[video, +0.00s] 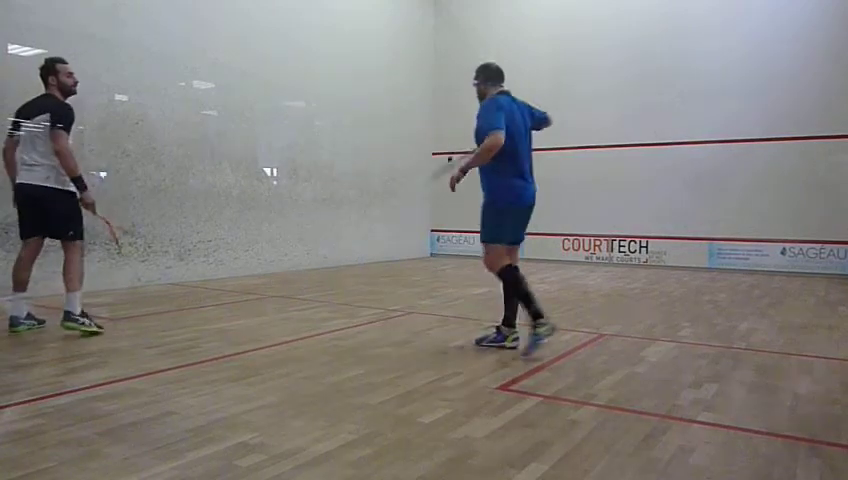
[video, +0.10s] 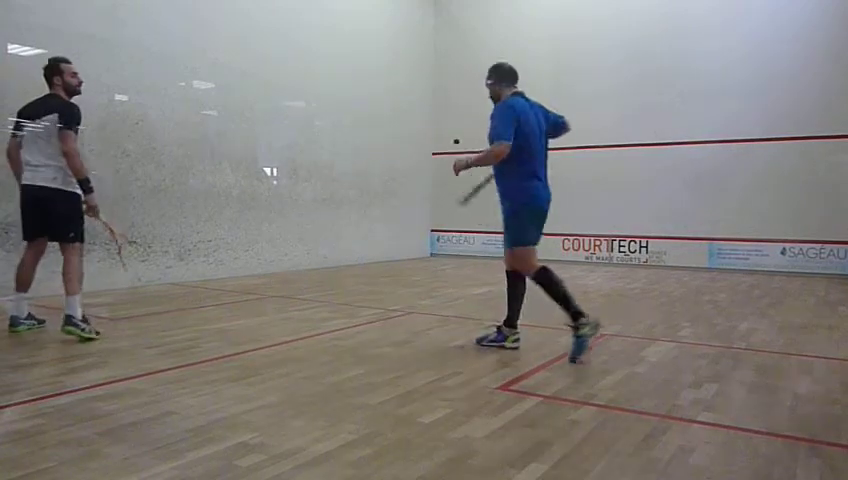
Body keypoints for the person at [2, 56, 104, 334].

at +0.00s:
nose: (75, 79)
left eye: (73, 75)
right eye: (69, 75)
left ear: (50, 82)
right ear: (52, 80)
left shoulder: (24, 109)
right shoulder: (62, 109)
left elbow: (8, 151)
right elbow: (60, 147)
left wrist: (18, 185)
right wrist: (83, 189)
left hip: (26, 190)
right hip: (57, 191)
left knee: (31, 245)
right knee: (73, 247)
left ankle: (18, 314)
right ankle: (73, 313)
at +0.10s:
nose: (79, 79)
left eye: (77, 74)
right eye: (73, 75)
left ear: (54, 81)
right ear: (57, 80)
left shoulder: (27, 110)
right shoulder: (69, 109)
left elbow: (12, 152)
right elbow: (69, 149)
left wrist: (26, 183)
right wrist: (88, 190)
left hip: (31, 191)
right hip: (62, 193)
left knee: (35, 248)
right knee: (72, 251)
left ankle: (18, 314)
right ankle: (74, 317)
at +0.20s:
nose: (86, 79)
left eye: (84, 74)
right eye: (80, 75)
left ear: (60, 82)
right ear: (64, 80)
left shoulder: (33, 110)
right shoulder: (77, 109)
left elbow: (20, 153)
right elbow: (80, 148)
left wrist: (35, 182)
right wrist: (100, 192)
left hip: (38, 192)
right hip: (68, 193)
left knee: (36, 252)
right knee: (70, 260)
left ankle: (19, 314)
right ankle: (72, 326)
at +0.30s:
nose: (93, 77)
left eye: (91, 72)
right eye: (87, 73)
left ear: (67, 81)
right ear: (70, 79)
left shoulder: (39, 110)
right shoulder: (82, 107)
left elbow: (28, 154)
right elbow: (87, 144)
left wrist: (46, 179)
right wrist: (110, 188)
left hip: (40, 190)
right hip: (71, 190)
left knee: (41, 251)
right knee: (69, 259)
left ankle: (22, 315)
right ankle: (72, 327)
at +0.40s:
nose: (99, 74)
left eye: (97, 69)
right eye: (93, 70)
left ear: (72, 77)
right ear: (76, 76)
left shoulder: (45, 105)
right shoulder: (87, 104)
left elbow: (36, 152)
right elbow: (88, 140)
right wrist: (115, 182)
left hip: (41, 186)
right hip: (71, 189)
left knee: (46, 251)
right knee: (69, 257)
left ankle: (28, 315)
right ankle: (72, 327)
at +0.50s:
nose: (103, 73)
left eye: (102, 68)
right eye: (97, 68)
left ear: (77, 75)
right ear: (79, 73)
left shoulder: (50, 102)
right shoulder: (88, 103)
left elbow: (53, 146)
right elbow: (90, 141)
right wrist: (116, 183)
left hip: (43, 185)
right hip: (70, 187)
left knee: (51, 250)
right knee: (71, 256)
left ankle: (34, 319)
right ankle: (72, 327)